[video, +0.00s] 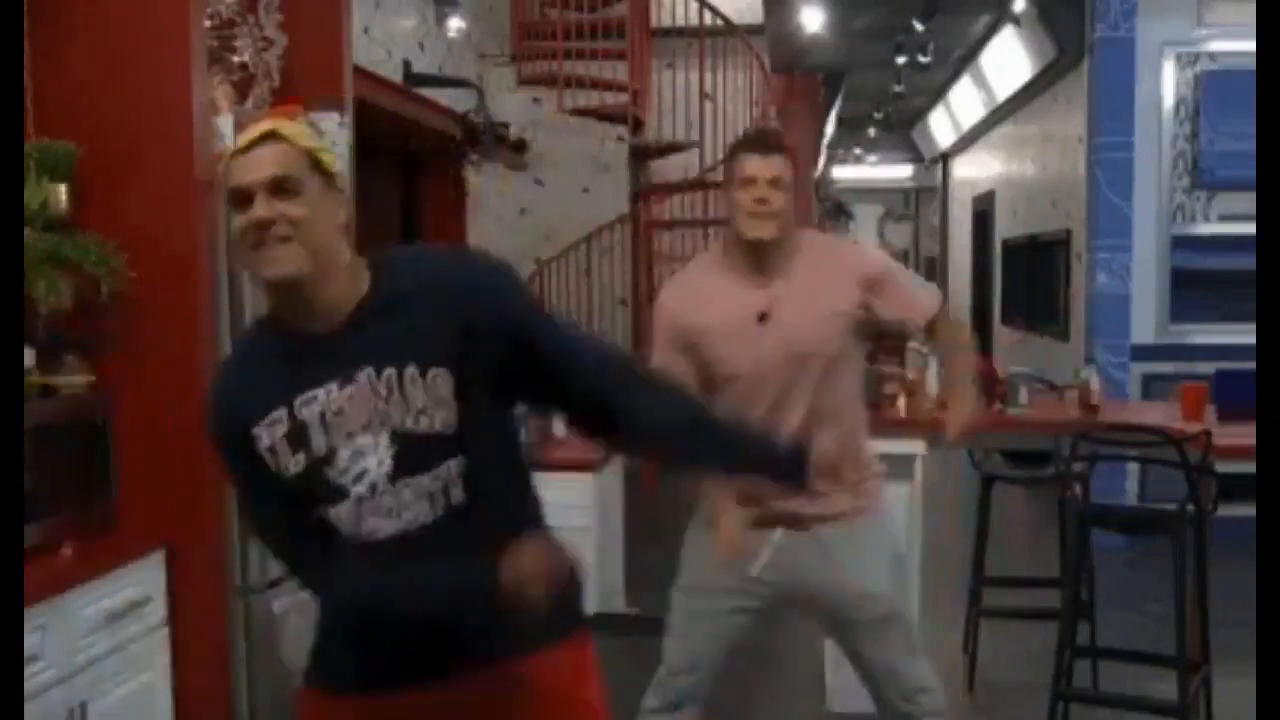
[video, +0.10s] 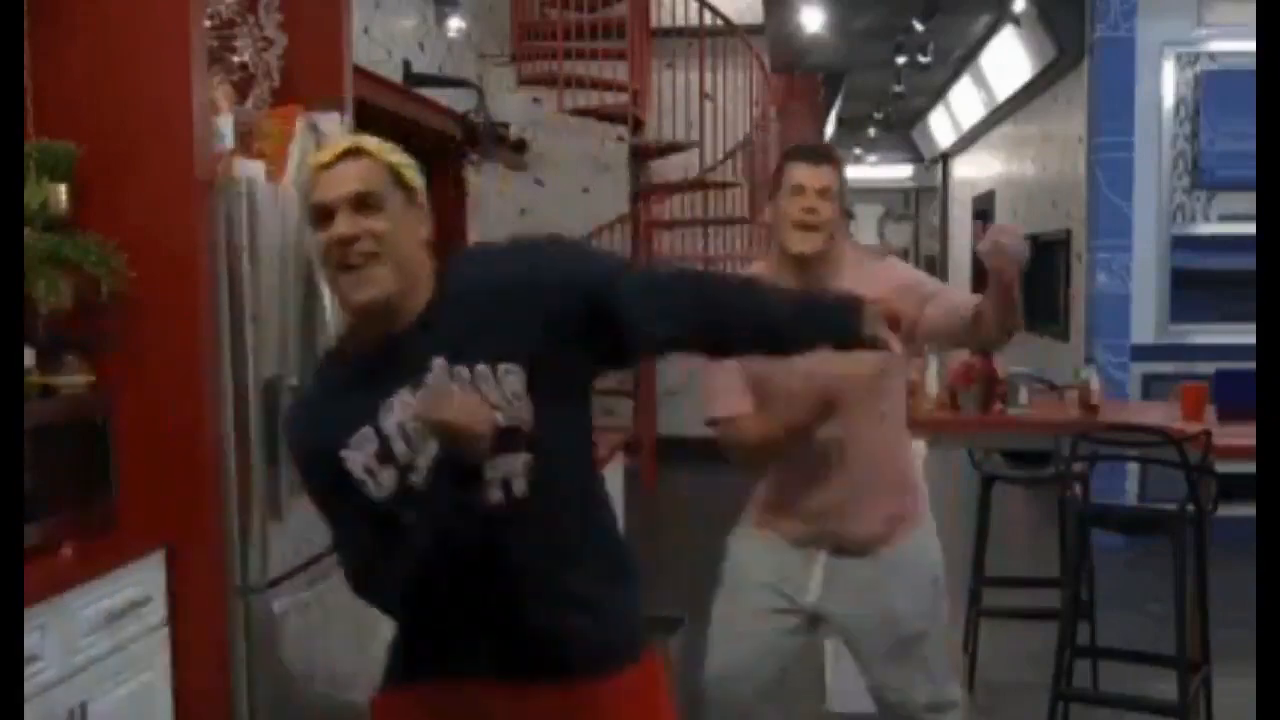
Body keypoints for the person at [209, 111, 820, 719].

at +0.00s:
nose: (261, 214)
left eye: (284, 191)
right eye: (241, 202)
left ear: (340, 205)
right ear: (230, 233)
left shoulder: (453, 289)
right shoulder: (240, 396)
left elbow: (614, 398)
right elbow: (332, 574)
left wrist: (784, 460)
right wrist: (491, 579)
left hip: (524, 655)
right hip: (365, 678)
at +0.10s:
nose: (345, 231)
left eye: (366, 207)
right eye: (324, 219)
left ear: (420, 219)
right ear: (314, 248)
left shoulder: (526, 287)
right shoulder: (320, 417)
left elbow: (688, 308)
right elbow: (387, 582)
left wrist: (847, 319)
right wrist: (456, 463)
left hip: (598, 668)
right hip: (442, 681)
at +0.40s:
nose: (502, 225)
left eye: (529, 204)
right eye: (481, 206)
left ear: (577, 222)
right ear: (459, 226)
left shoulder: (649, 358)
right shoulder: (410, 371)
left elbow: (760, 539)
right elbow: (433, 559)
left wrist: (907, 669)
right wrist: (529, 690)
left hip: (648, 674)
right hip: (483, 672)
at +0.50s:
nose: (574, 252)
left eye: (608, 241)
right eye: (564, 225)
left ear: (643, 272)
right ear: (541, 235)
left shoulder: (676, 430)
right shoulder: (444, 367)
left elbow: (701, 650)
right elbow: (412, 554)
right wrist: (374, 697)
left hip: (618, 699)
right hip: (478, 683)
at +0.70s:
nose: (540, 208)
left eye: (571, 201)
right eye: (531, 180)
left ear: (598, 231)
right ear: (500, 182)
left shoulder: (606, 370)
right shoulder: (397, 286)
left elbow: (554, 582)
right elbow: (320, 391)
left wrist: (356, 601)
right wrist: (152, 397)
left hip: (565, 681)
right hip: (408, 653)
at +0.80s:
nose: (433, 219)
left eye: (462, 209)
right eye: (418, 194)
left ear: (493, 235)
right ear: (389, 203)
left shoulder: (520, 365)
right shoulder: (318, 295)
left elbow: (472, 540)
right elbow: (242, 359)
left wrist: (324, 463)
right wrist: (104, 323)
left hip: (512, 682)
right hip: (364, 673)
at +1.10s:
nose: (265, 239)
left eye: (283, 212)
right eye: (245, 229)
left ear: (335, 217)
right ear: (236, 255)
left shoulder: (442, 325)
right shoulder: (240, 391)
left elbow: (476, 515)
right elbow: (234, 566)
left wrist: (440, 685)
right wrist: (101, 663)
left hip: (476, 657)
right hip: (325, 671)